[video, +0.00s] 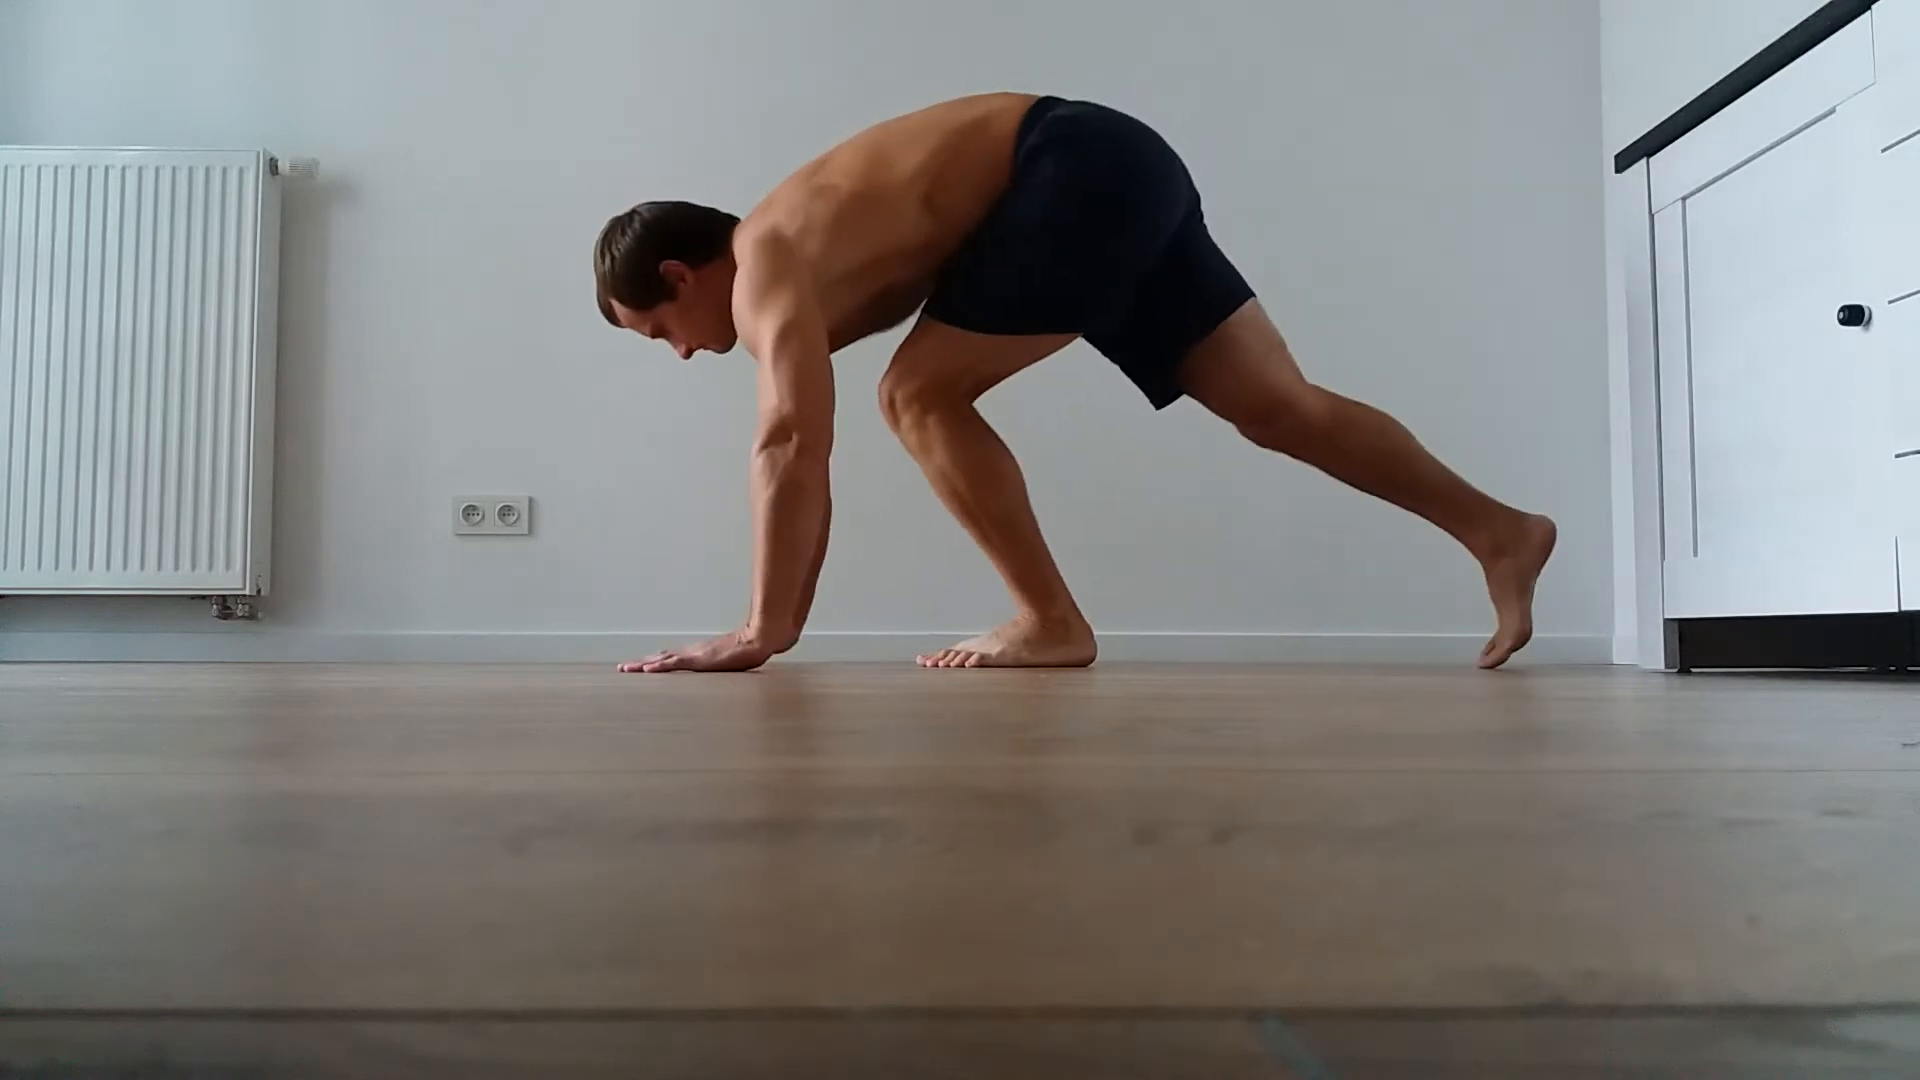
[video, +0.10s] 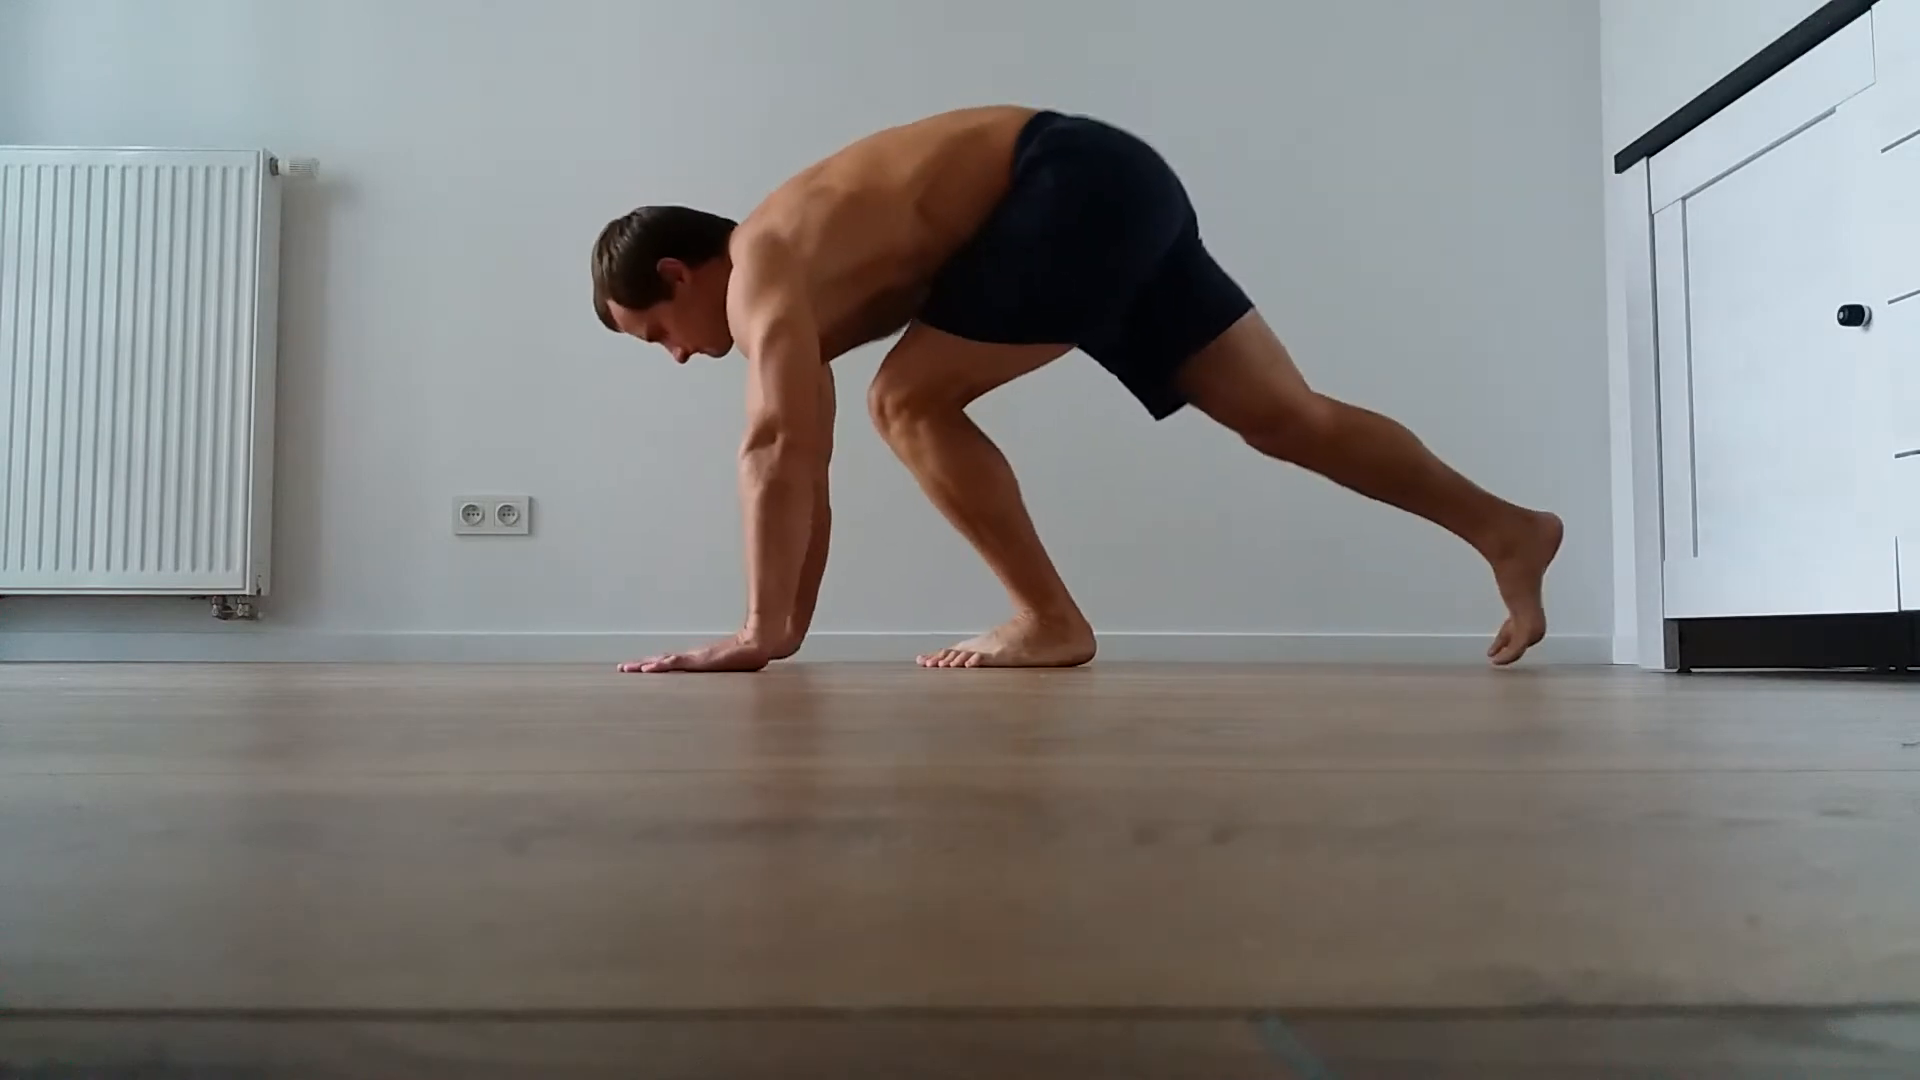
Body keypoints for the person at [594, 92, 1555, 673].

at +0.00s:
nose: (673, 349)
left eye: (657, 329)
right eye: (655, 336)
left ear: (684, 279)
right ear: (697, 265)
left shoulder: (769, 276)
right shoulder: (779, 259)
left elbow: (784, 451)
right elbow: (805, 460)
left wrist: (766, 631)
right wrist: (779, 628)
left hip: (1079, 179)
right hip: (1118, 171)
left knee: (924, 393)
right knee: (1281, 410)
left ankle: (1048, 621)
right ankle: (1500, 533)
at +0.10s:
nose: (669, 351)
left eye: (653, 331)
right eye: (652, 338)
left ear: (678, 278)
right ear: (690, 268)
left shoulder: (762, 278)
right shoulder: (778, 272)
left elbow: (773, 454)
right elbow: (804, 477)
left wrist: (764, 631)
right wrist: (786, 636)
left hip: (1074, 196)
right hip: (1111, 186)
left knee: (912, 401)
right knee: (1289, 420)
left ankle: (1047, 619)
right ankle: (1509, 531)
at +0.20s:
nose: (668, 352)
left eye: (653, 332)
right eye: (652, 340)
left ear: (678, 277)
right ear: (689, 271)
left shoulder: (761, 276)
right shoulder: (783, 276)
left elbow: (762, 454)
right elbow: (804, 481)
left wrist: (764, 630)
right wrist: (790, 641)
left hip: (1073, 223)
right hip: (1111, 215)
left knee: (895, 408)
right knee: (1296, 440)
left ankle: (1044, 616)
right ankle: (1516, 549)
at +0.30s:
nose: (680, 360)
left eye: (664, 340)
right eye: (664, 349)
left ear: (688, 282)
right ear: (698, 277)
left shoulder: (776, 272)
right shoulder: (793, 272)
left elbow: (768, 455)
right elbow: (802, 484)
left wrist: (761, 632)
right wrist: (791, 641)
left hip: (1078, 245)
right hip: (1116, 240)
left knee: (890, 405)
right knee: (1304, 449)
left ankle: (1041, 611)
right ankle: (1525, 556)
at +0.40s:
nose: (688, 364)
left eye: (672, 344)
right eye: (671, 352)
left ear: (699, 288)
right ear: (707, 284)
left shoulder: (795, 265)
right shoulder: (800, 279)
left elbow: (774, 459)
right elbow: (805, 481)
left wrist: (762, 634)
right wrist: (790, 641)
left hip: (1096, 236)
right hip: (1110, 247)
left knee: (912, 384)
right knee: (1305, 450)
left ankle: (1089, 575)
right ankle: (1527, 558)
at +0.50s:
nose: (679, 364)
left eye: (663, 345)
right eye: (662, 353)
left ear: (689, 288)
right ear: (698, 288)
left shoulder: (789, 267)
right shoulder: (796, 293)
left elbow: (768, 461)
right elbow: (797, 476)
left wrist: (762, 631)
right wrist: (794, 637)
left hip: (1101, 237)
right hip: (1102, 260)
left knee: (1045, 454)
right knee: (1301, 454)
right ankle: (1522, 557)